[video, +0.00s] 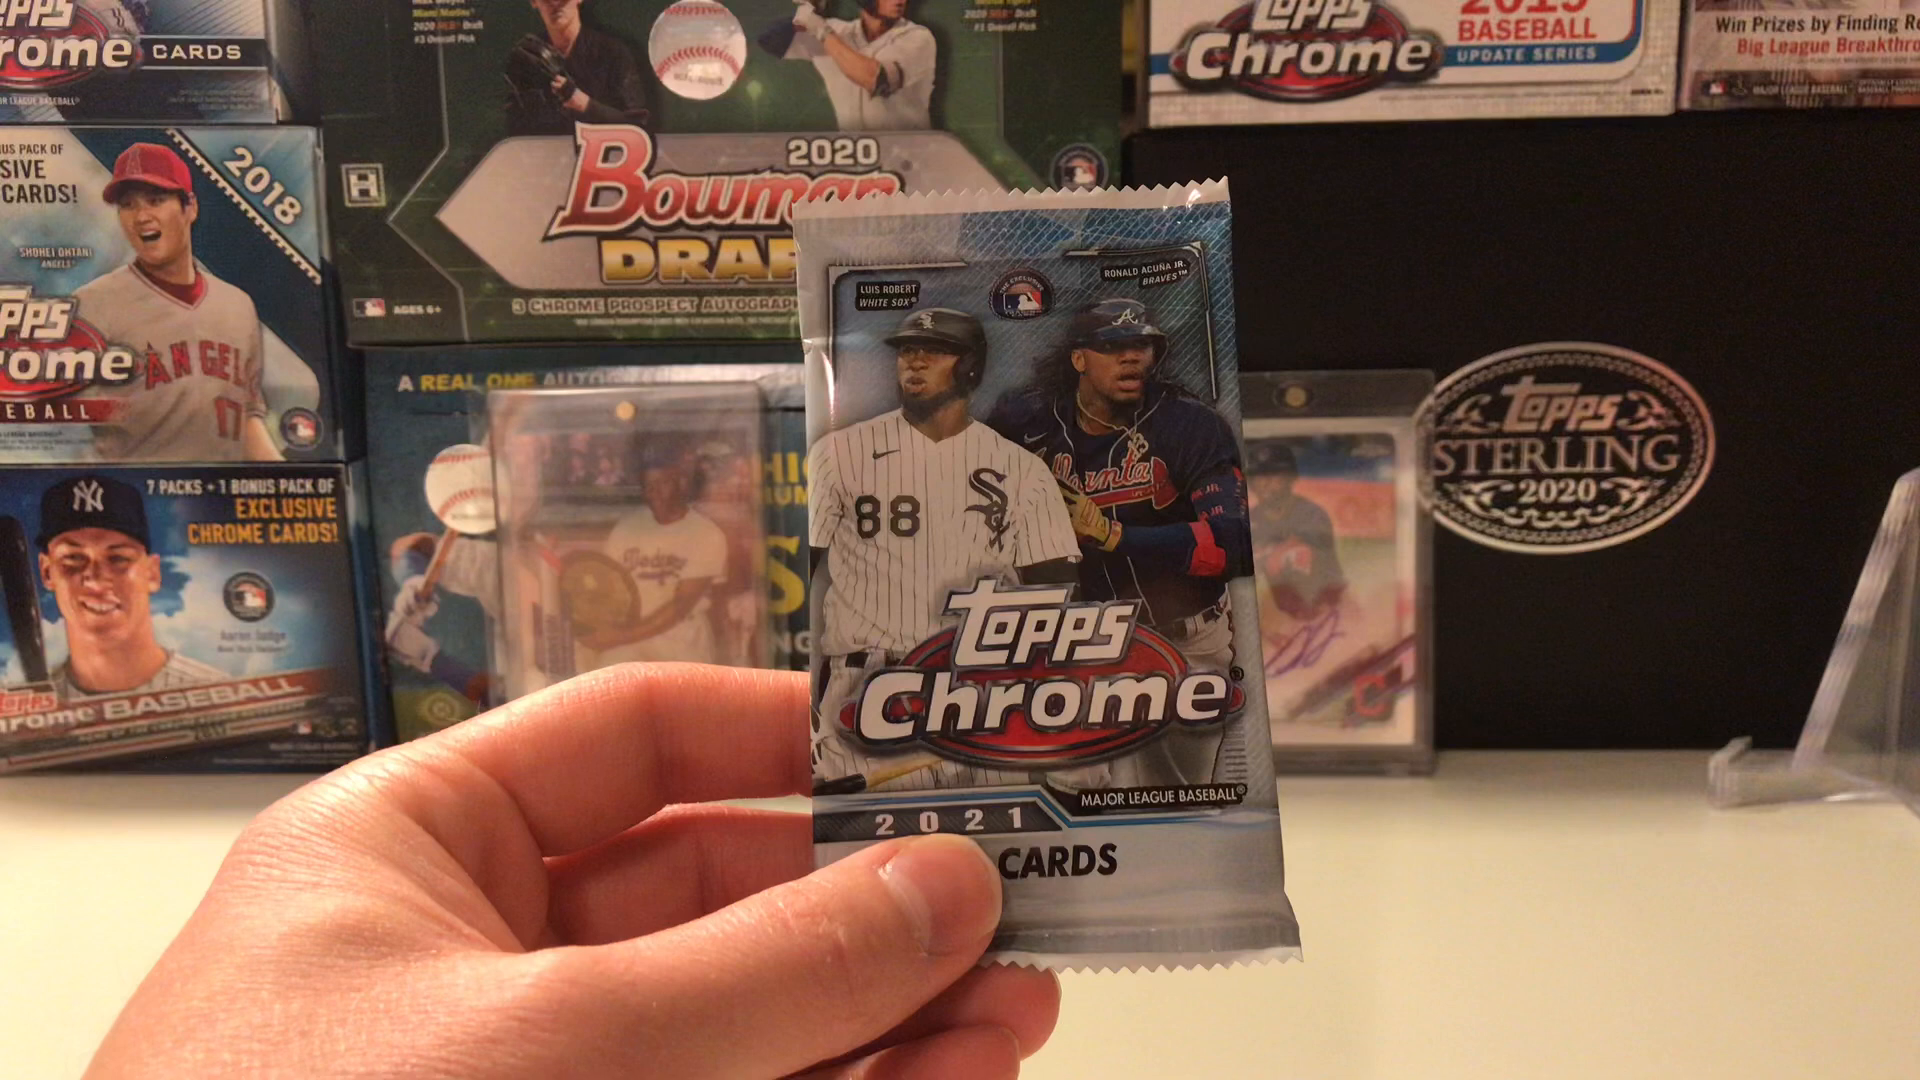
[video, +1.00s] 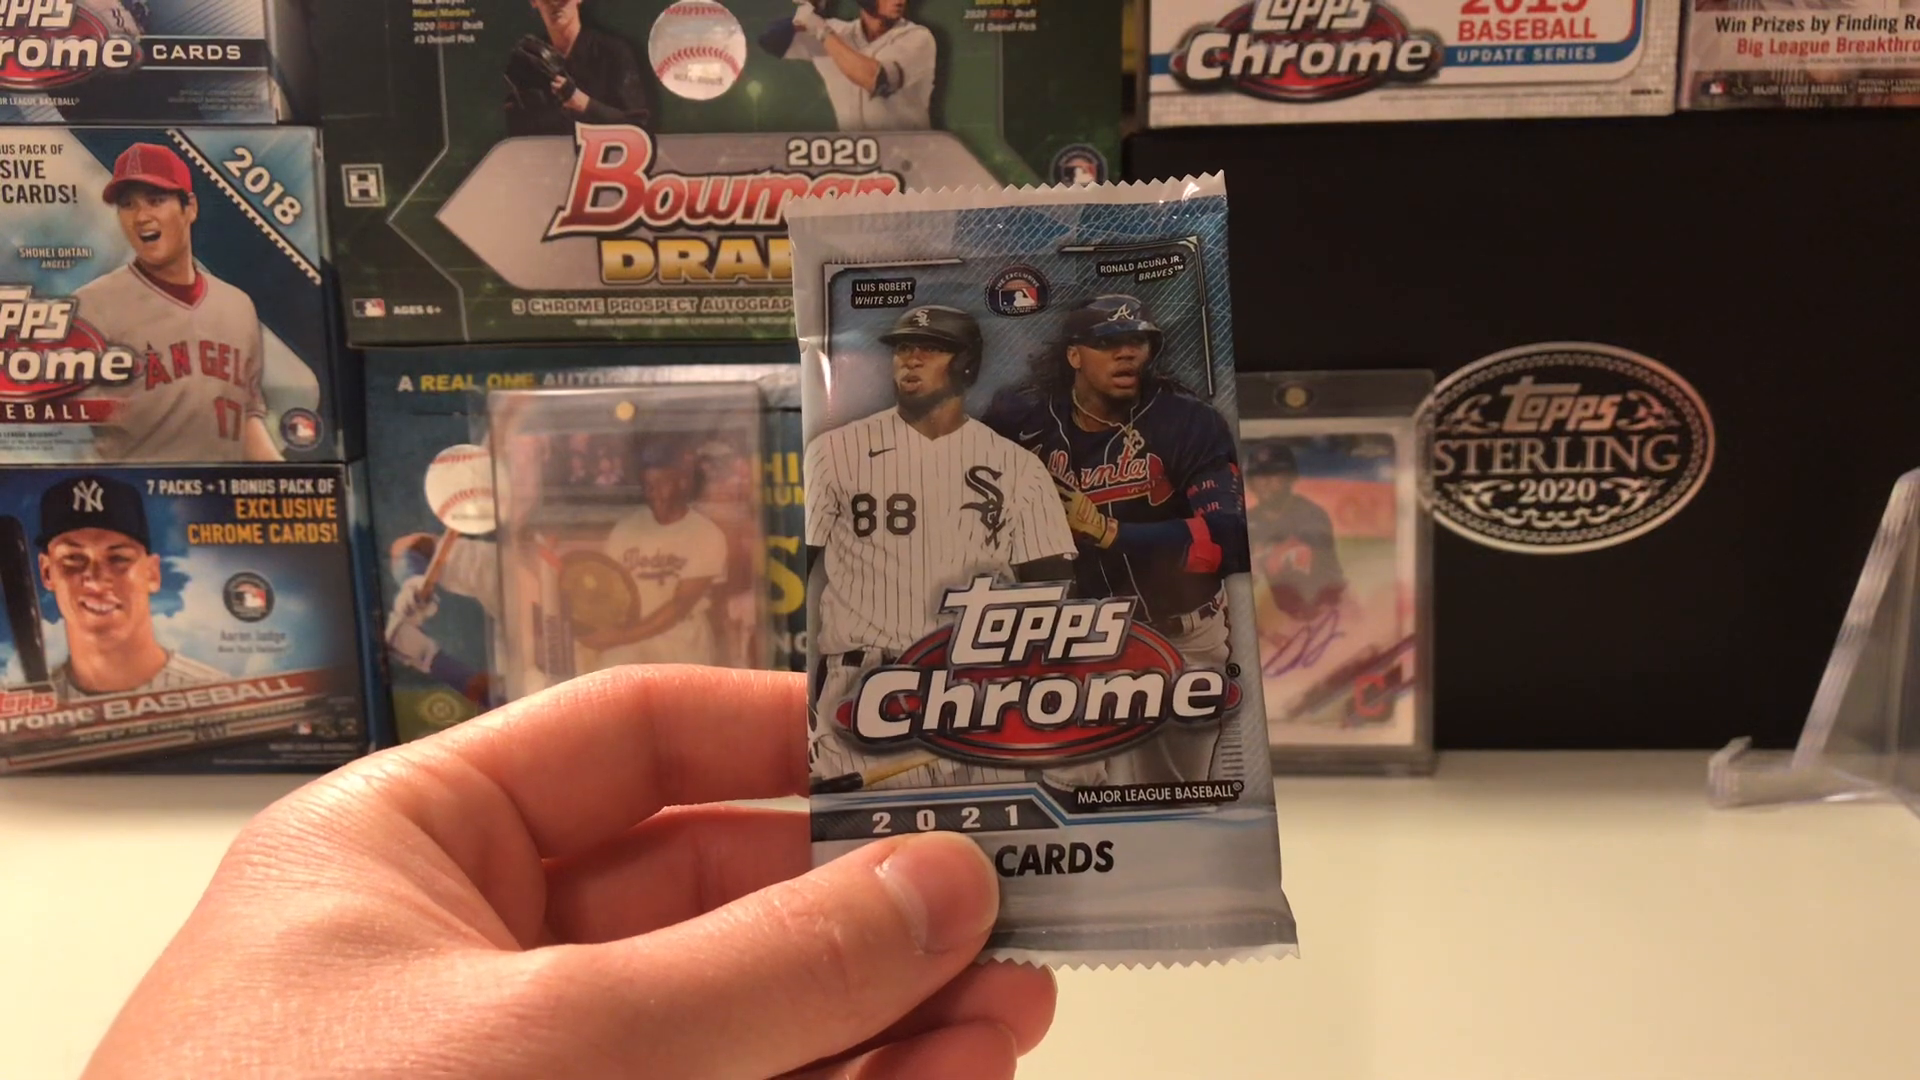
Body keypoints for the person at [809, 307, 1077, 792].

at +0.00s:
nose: (913, 363)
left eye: (931, 352)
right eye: (906, 351)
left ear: (968, 367)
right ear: (896, 360)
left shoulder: (1022, 472)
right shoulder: (837, 457)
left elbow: (1052, 595)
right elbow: (797, 582)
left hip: (977, 705)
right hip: (858, 704)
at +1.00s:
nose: (909, 360)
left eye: (927, 349)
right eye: (902, 348)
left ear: (964, 364)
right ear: (892, 359)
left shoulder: (1018, 469)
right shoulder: (832, 455)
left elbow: (1048, 591)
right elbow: (794, 582)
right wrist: (797, 707)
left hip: (975, 701)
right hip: (856, 701)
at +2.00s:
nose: (911, 360)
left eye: (929, 348)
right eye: (904, 348)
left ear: (966, 364)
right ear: (893, 358)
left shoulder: (1019, 468)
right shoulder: (833, 454)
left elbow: (1050, 590)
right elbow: (802, 578)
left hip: (975, 694)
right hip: (857, 693)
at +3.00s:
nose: (921, 363)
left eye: (938, 351)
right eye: (913, 350)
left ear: (973, 366)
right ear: (902, 361)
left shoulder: (1026, 470)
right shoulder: (848, 453)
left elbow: (1056, 592)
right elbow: (813, 577)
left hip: (980, 699)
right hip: (861, 696)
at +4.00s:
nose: (904, 365)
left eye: (922, 354)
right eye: (897, 353)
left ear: (957, 368)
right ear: (887, 363)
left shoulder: (1011, 469)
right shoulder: (834, 455)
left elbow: (1043, 588)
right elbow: (791, 575)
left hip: (968, 696)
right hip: (851, 694)